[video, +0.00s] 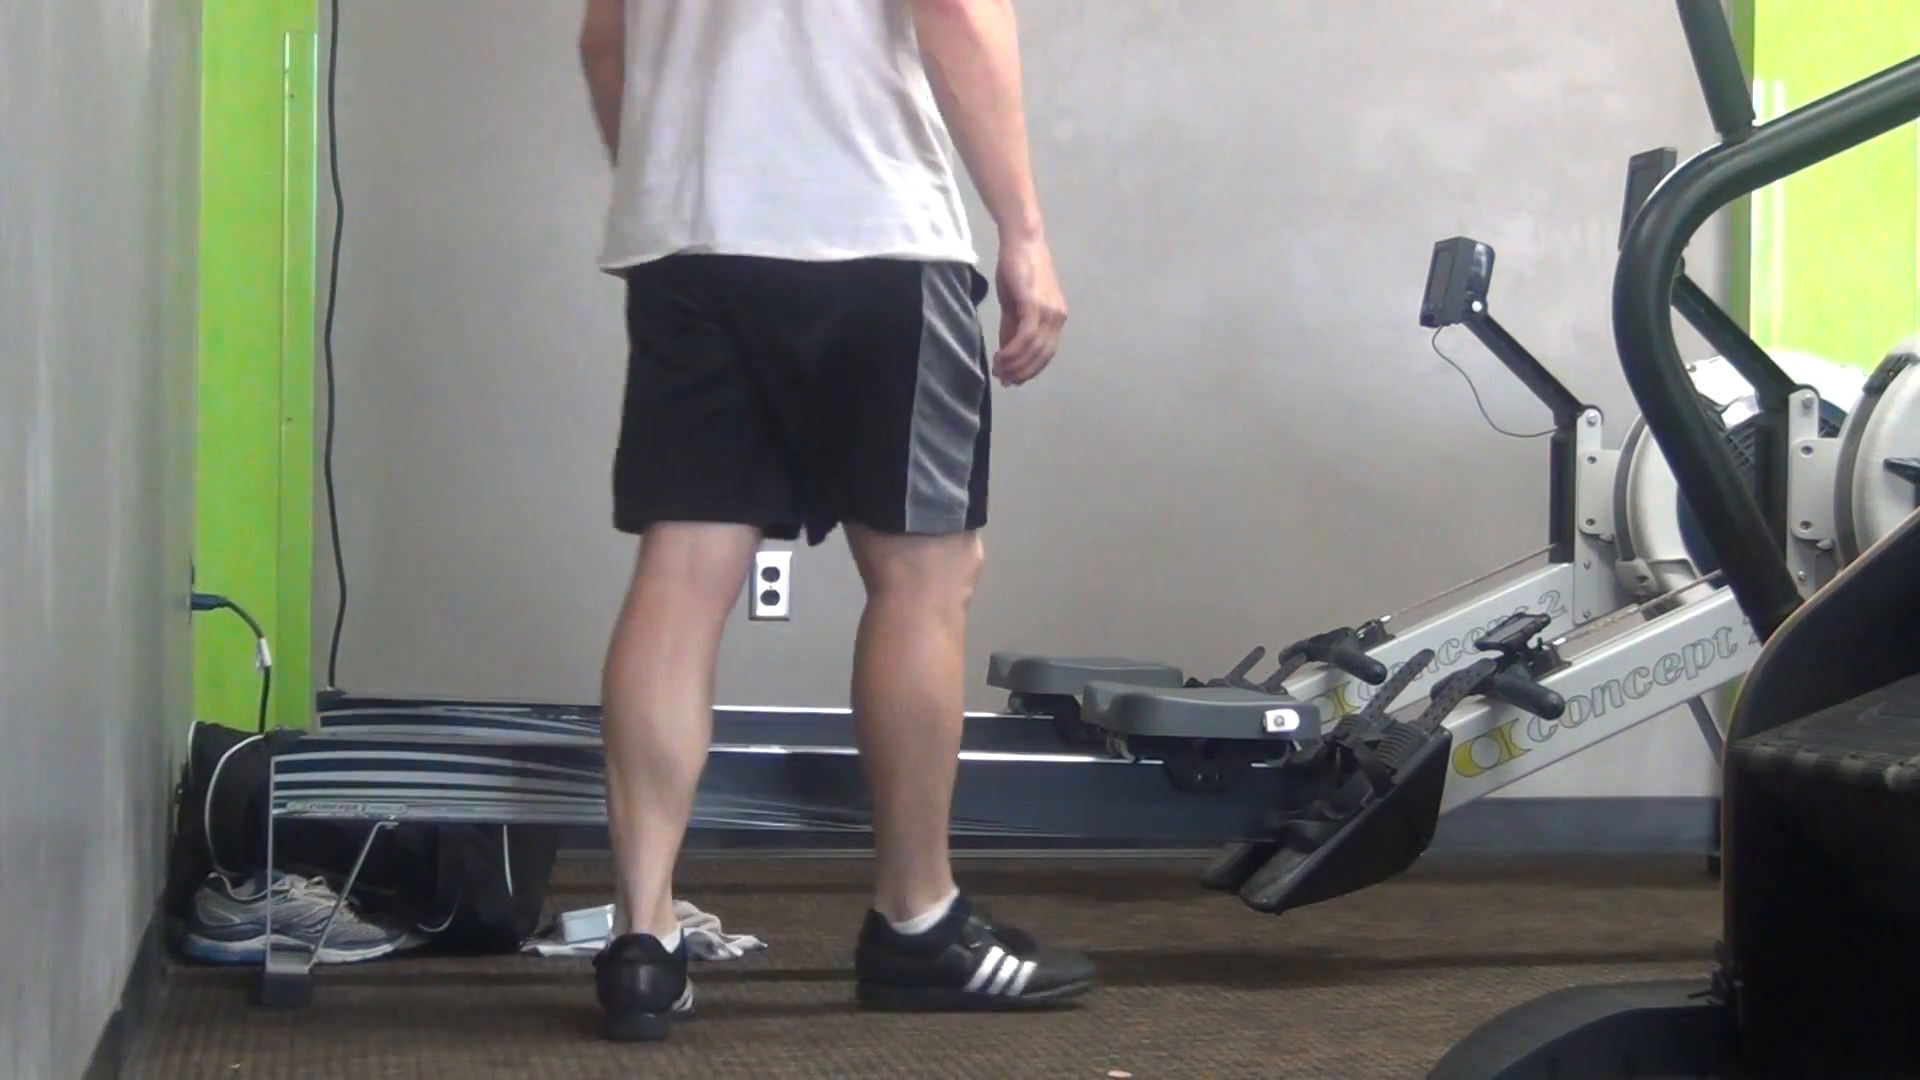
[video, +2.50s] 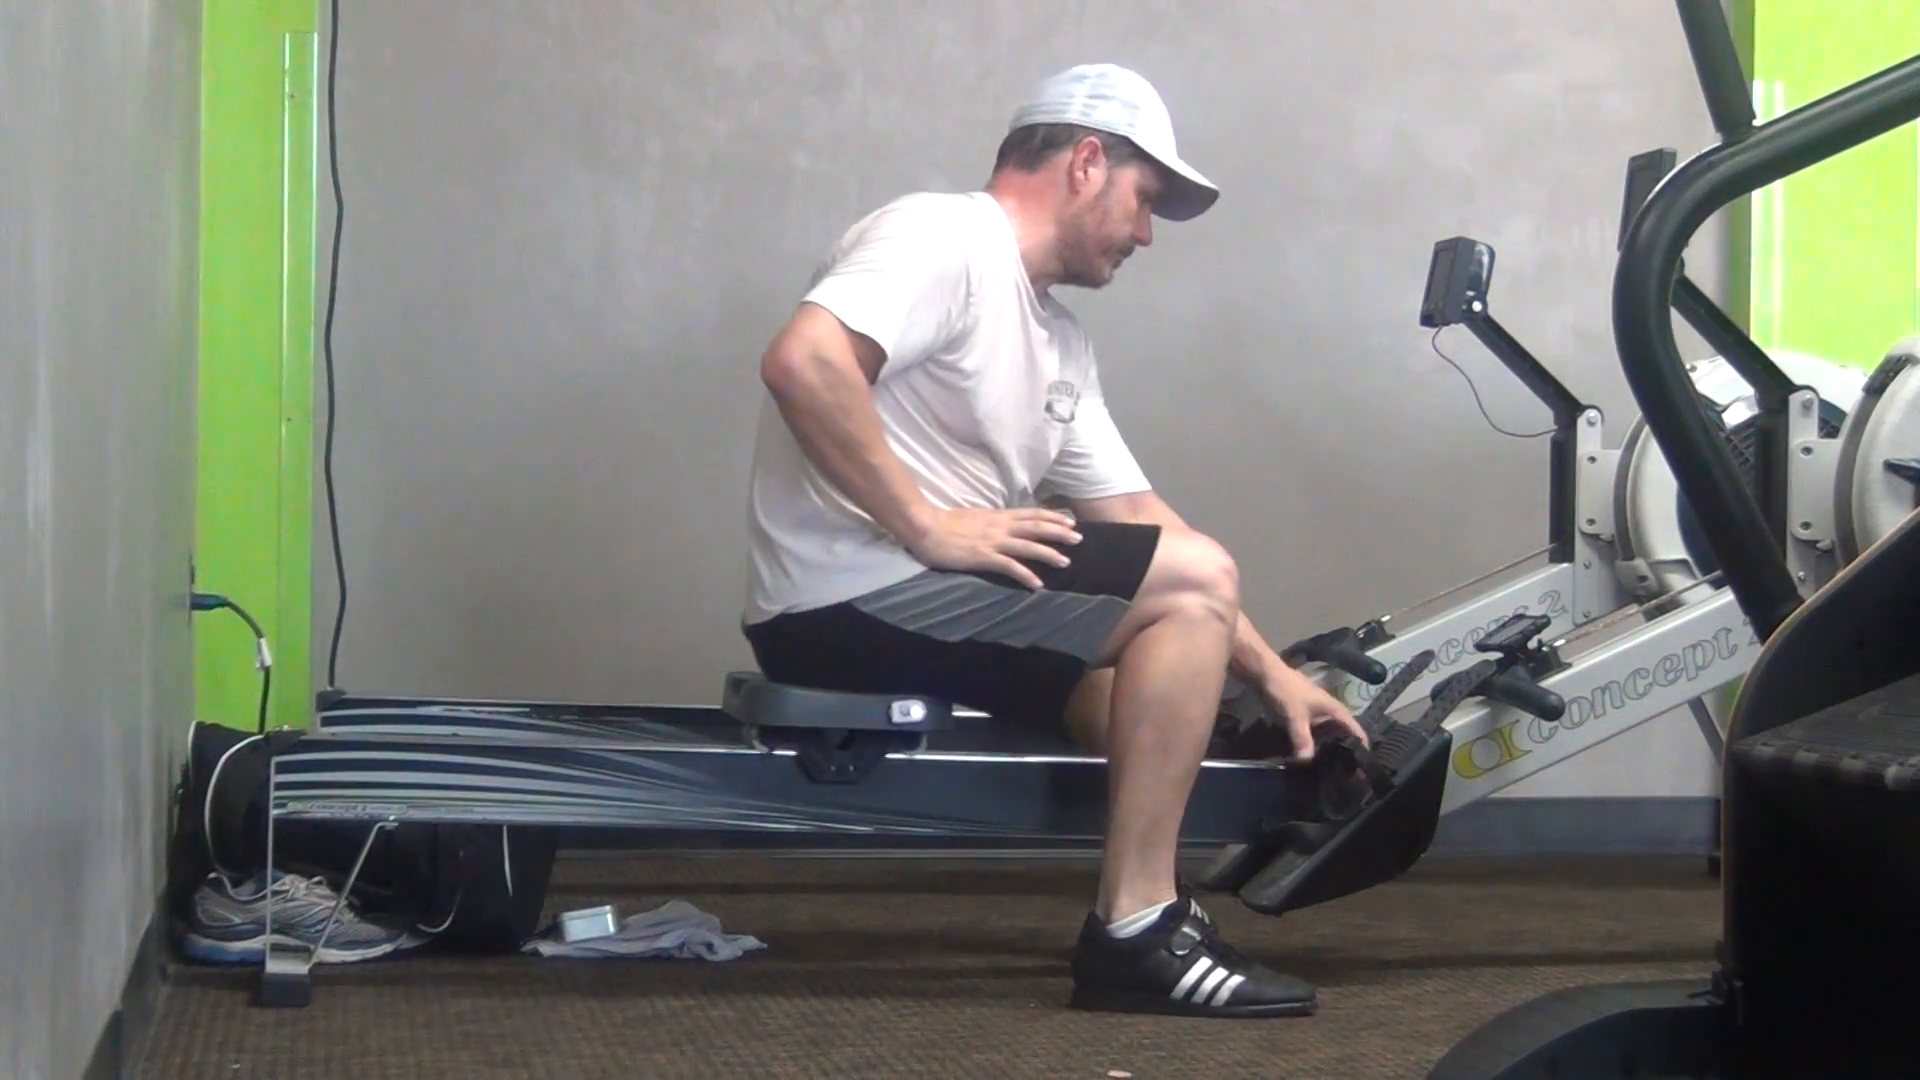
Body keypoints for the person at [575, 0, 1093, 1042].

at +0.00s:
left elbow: (605, 33)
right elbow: (954, 12)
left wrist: (674, 197)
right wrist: (1023, 229)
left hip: (686, 220)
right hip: (877, 219)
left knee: (682, 572)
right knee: (924, 582)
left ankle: (642, 945)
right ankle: (916, 924)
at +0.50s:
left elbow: (788, 7)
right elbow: (1024, 43)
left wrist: (887, 108)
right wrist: (1091, 259)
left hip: (871, 206)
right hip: (963, 225)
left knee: (1079, 434)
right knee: (978, 581)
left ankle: (782, 590)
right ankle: (925, 926)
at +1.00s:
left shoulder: (1171, 21)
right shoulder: (1139, 1)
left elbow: (1150, 192)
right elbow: (1024, 46)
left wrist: (1185, 359)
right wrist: (1080, 259)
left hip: (1018, 269)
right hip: (990, 263)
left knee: (1092, 574)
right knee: (1134, 555)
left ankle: (1086, 866)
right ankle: (985, 885)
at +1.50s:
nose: (1392, 243)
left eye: (1414, 231)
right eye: (1411, 213)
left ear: (1375, 145)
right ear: (1382, 143)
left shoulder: (1269, 258)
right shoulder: (1246, 136)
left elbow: (1248, 445)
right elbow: (1079, 175)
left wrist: (1258, 633)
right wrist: (1086, 381)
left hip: (1021, 413)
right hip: (982, 397)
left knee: (1199, 607)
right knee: (1256, 590)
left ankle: (1096, 884)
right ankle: (1142, 929)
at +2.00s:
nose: (1274, 283)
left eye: (1289, 265)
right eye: (1283, 253)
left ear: (1233, 198)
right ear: (1235, 197)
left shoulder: (1160, 301)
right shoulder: (1110, 242)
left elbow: (1190, 507)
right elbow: (966, 358)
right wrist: (1067, 522)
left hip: (1021, 585)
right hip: (965, 591)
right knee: (1313, 624)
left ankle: (1102, 880)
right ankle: (1148, 930)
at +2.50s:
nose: (1149, 233)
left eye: (1157, 209)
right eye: (1147, 197)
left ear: (1086, 171)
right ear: (1084, 164)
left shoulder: (1058, 342)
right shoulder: (945, 236)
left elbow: (1138, 519)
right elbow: (805, 363)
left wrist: (1276, 674)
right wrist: (924, 526)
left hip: (934, 600)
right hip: (839, 596)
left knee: (1181, 645)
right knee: (1204, 571)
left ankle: (1133, 935)